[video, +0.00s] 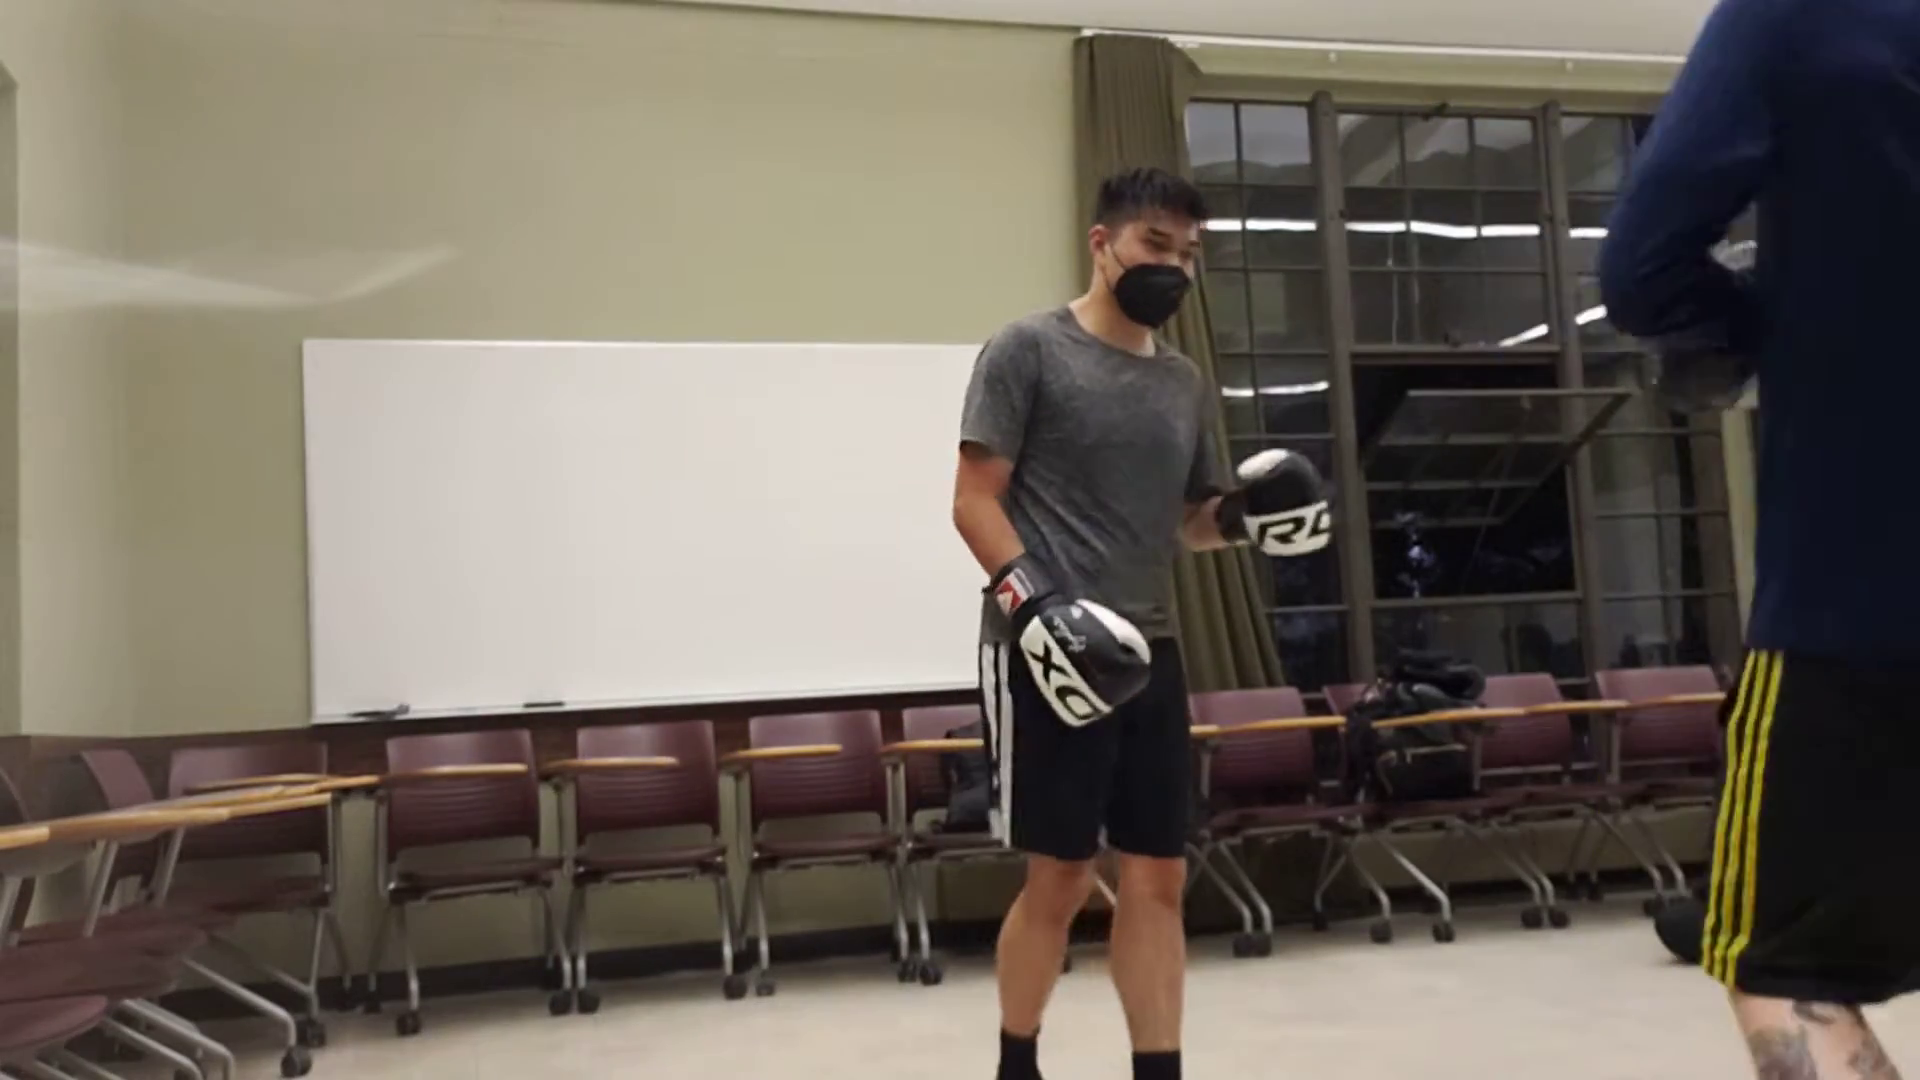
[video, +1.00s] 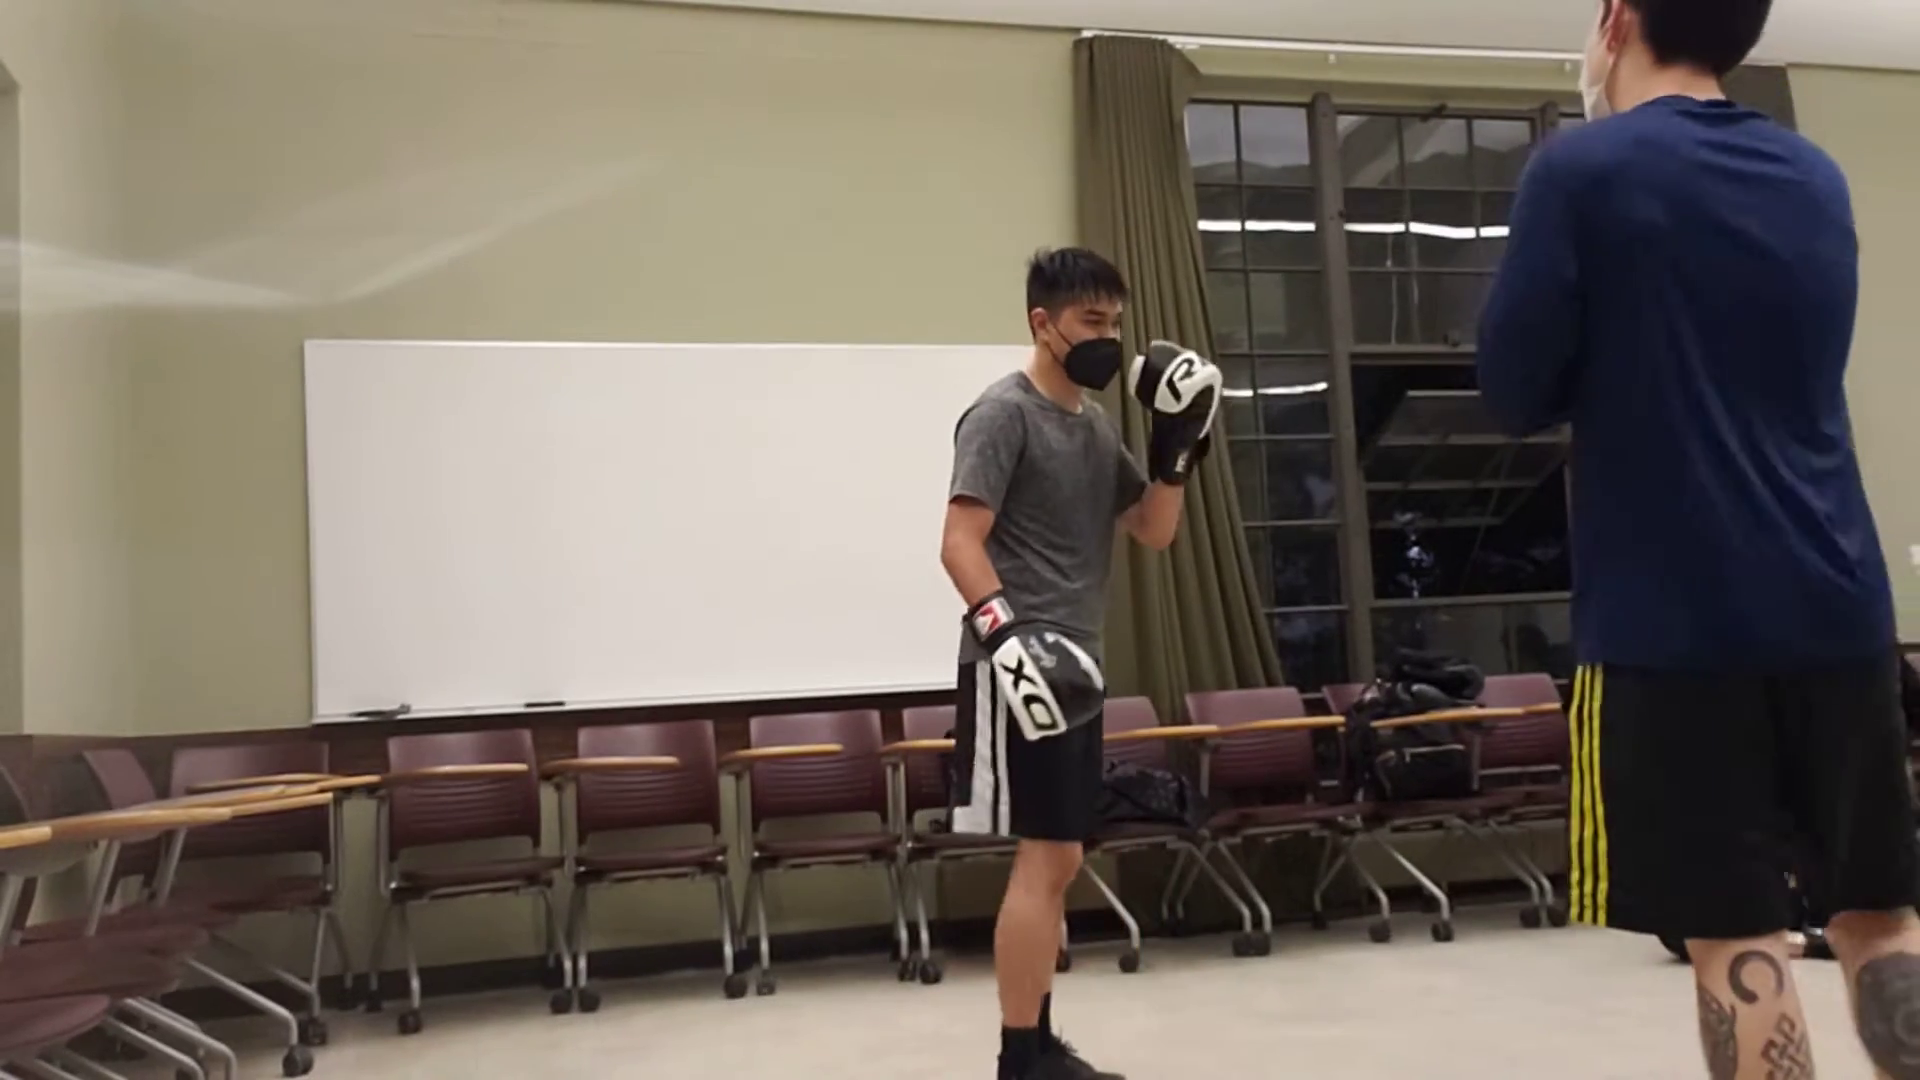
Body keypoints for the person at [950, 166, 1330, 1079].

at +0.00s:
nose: (1173, 266)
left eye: (1188, 253)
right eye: (1155, 244)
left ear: (1197, 268)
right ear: (1101, 242)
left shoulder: (1183, 380)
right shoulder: (1026, 350)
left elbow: (1189, 523)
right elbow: (974, 500)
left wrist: (1248, 510)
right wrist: (1036, 608)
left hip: (1148, 655)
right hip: (1048, 652)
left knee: (1157, 879)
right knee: (1057, 880)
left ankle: (1158, 1074)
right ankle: (1017, 1068)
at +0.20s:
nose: (1138, 292)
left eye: (1150, 278)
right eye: (1122, 271)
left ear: (1155, 290)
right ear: (1065, 270)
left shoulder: (1134, 397)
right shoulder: (1003, 384)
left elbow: (1130, 529)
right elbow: (971, 544)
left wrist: (1172, 573)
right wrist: (1019, 673)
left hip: (1117, 669)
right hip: (1027, 673)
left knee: (1142, 876)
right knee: (1032, 886)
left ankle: (1164, 1071)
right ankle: (1015, 1070)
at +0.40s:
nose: (1102, 297)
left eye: (1110, 281)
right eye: (1083, 280)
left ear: (1117, 286)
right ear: (1030, 283)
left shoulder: (1095, 393)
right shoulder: (978, 392)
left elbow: (1079, 516)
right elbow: (957, 547)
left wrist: (1125, 540)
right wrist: (966, 682)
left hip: (1089, 661)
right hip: (1008, 672)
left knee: (1130, 852)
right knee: (1005, 873)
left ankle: (1148, 1063)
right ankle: (1011, 1069)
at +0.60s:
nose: (1088, 307)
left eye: (1097, 293)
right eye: (1069, 292)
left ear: (1104, 297)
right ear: (1017, 295)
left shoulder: (1080, 401)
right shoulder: (969, 401)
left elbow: (1077, 534)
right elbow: (936, 547)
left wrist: (1152, 502)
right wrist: (948, 681)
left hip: (1071, 661)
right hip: (999, 668)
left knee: (1104, 847)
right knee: (1005, 867)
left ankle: (1087, 1046)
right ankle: (1010, 1068)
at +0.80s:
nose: (1092, 321)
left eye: (1100, 306)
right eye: (1075, 304)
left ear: (1106, 309)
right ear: (1024, 305)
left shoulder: (1084, 416)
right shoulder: (982, 405)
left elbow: (1136, 527)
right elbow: (952, 541)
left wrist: (1169, 451)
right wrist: (972, 669)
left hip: (1068, 667)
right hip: (1008, 667)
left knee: (1063, 854)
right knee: (1013, 865)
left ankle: (1039, 1038)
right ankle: (1010, 1060)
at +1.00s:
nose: (1105, 337)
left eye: (1113, 324)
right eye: (1090, 321)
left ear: (1114, 327)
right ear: (1040, 320)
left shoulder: (1095, 426)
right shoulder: (1001, 415)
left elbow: (1155, 529)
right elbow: (960, 542)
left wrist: (1174, 440)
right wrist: (1006, 635)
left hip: (1073, 660)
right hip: (1025, 659)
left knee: (1063, 858)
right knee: (1044, 858)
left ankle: (1036, 1038)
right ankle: (1020, 1051)